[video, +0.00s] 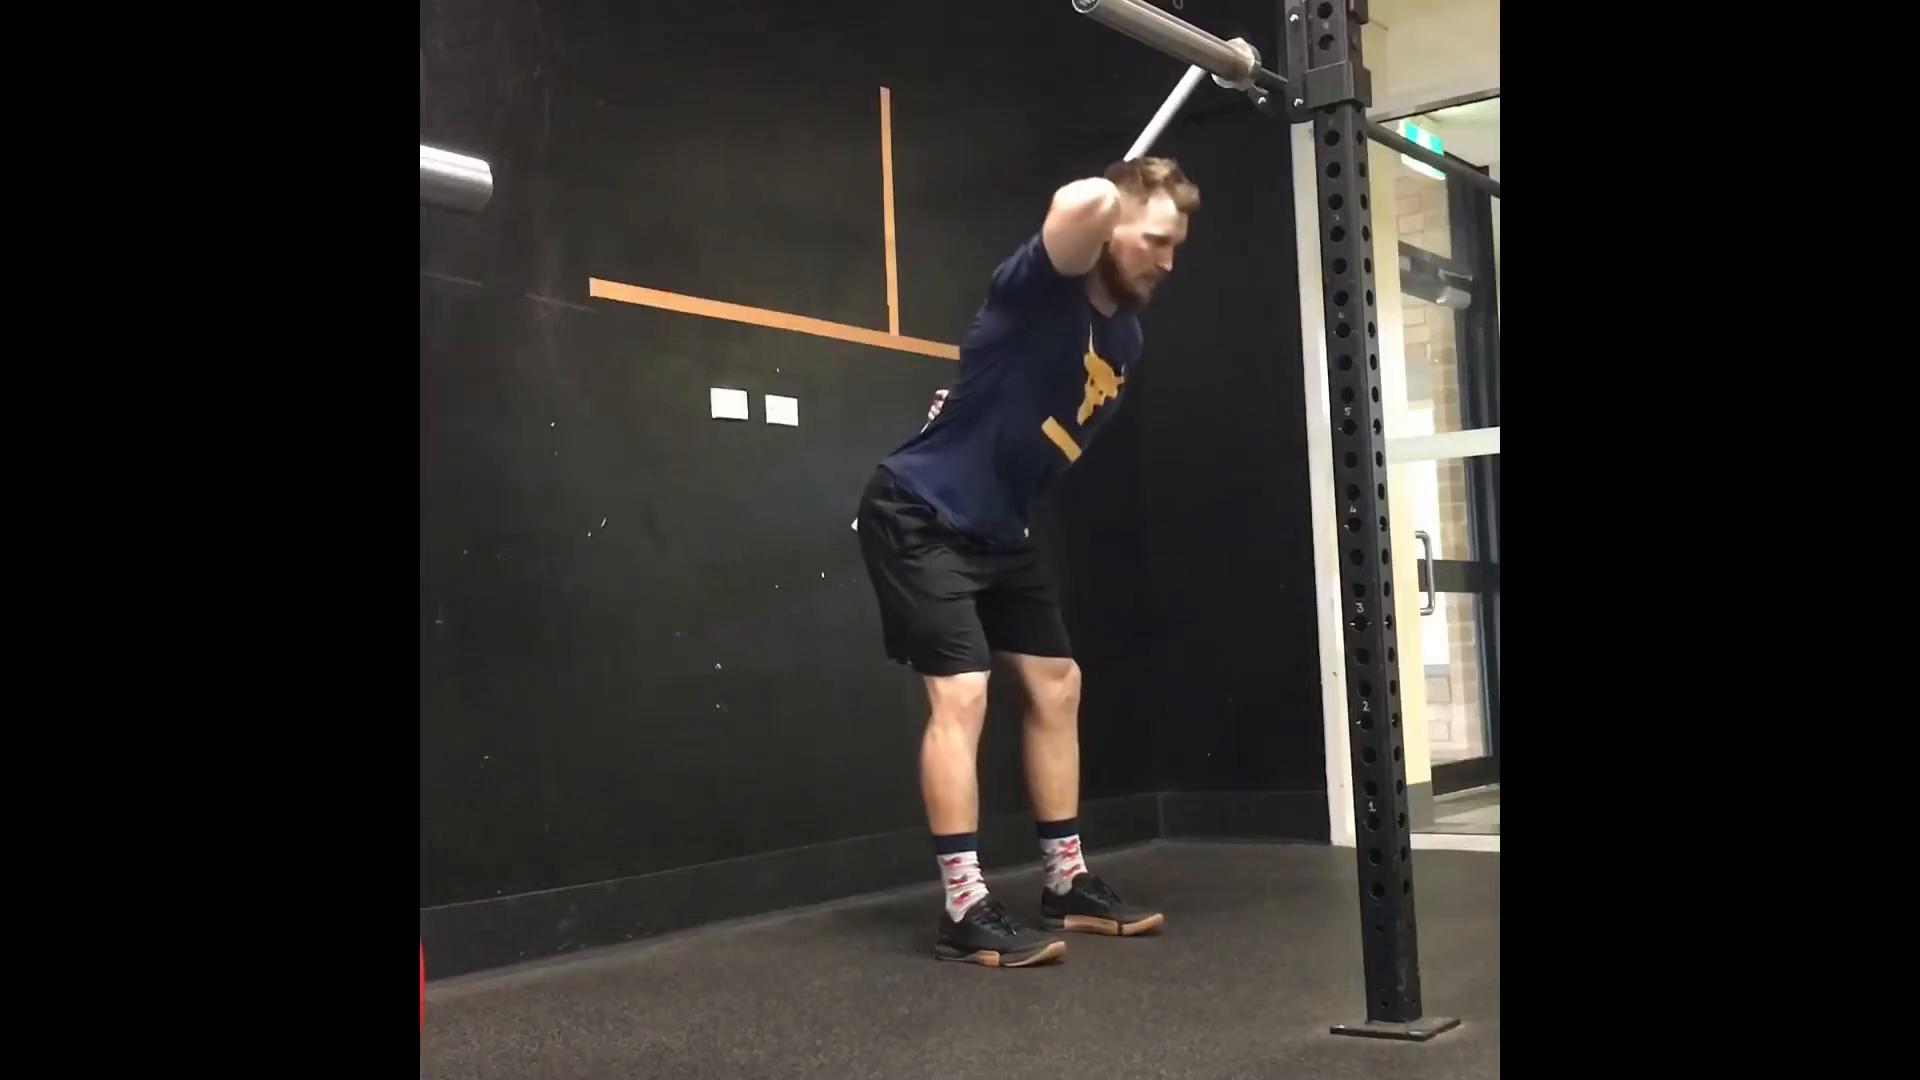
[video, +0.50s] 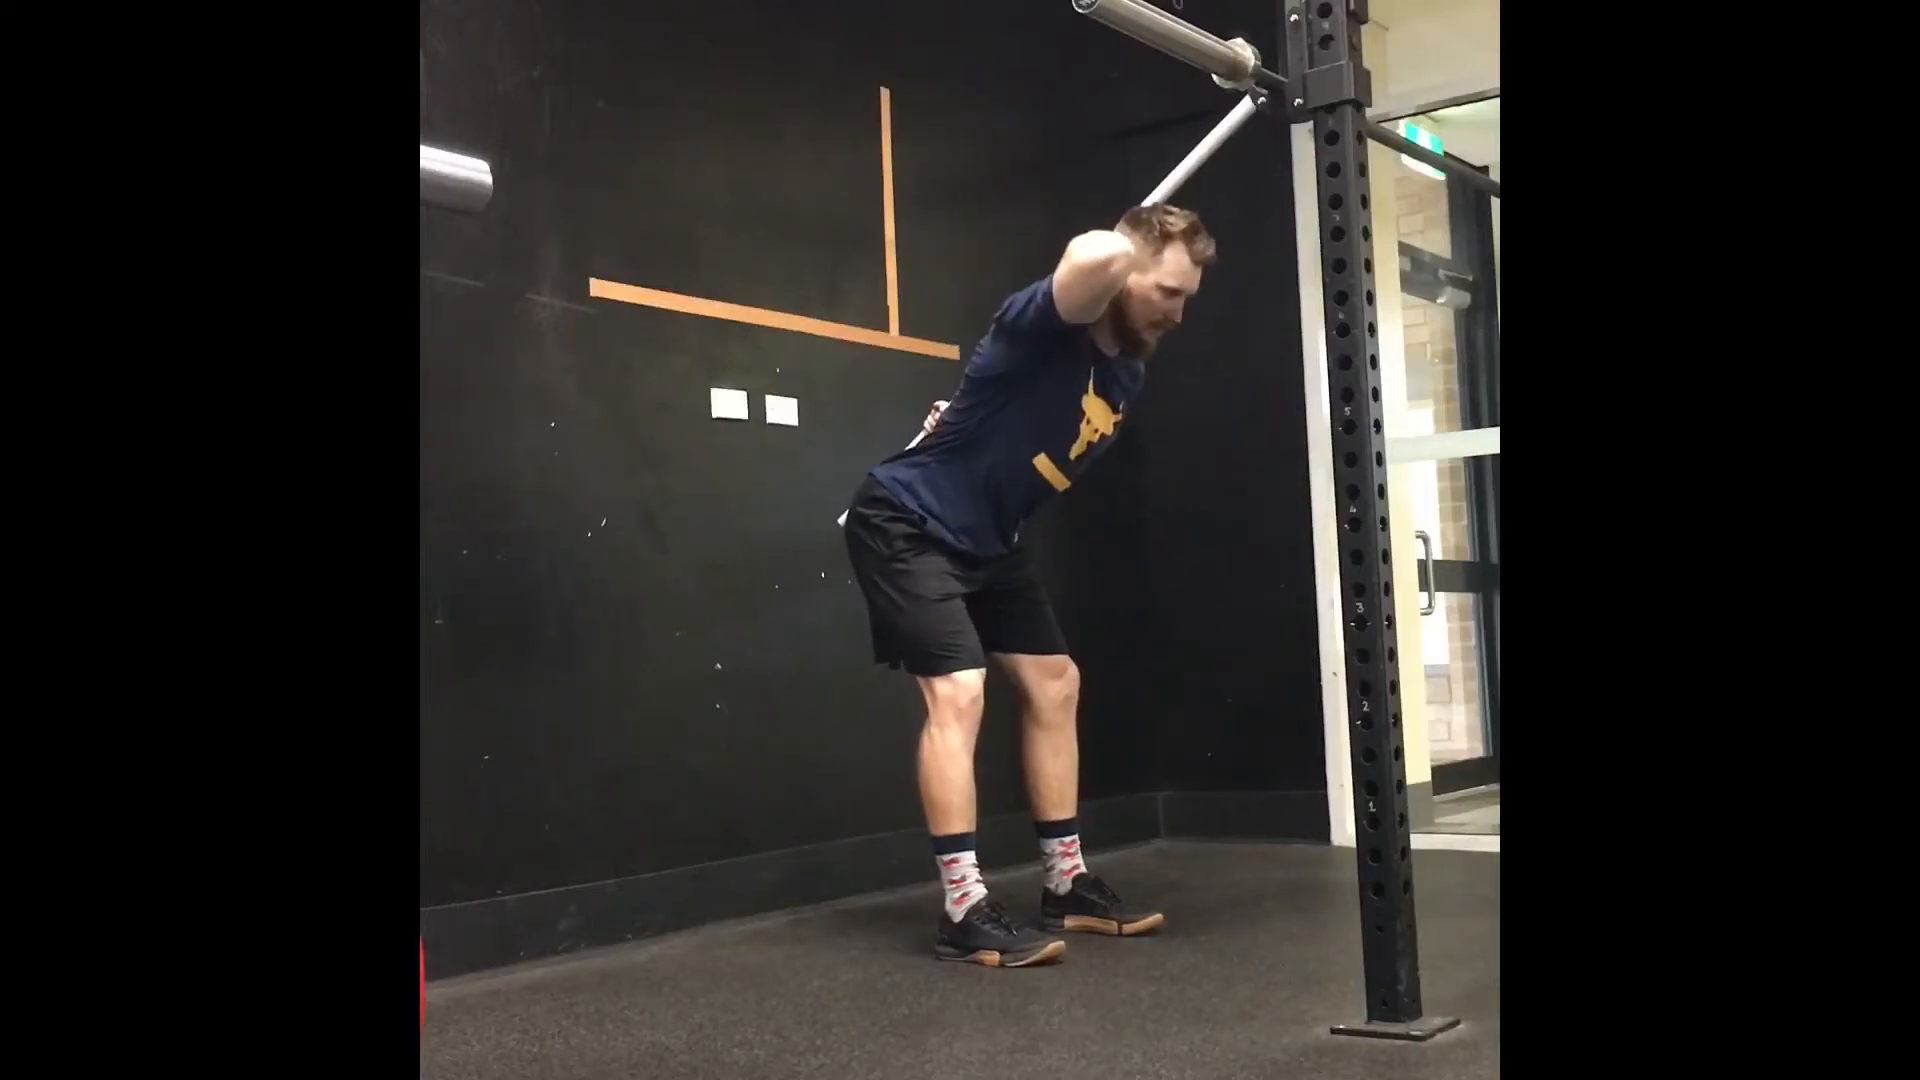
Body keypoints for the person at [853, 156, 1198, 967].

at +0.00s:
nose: (1166, 263)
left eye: (1175, 248)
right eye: (1155, 243)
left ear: (1174, 246)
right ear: (1110, 228)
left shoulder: (1123, 340)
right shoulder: (1043, 287)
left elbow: (1052, 404)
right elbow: (1074, 215)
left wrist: (972, 407)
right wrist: (1108, 191)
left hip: (999, 527)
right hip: (919, 512)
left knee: (1055, 687)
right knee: (958, 697)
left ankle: (1068, 886)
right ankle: (964, 912)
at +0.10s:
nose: (1171, 281)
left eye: (1181, 266)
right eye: (1160, 261)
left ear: (1184, 264)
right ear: (1115, 246)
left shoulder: (1124, 355)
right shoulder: (1045, 303)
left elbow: (1044, 416)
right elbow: (1080, 231)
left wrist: (966, 417)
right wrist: (1114, 212)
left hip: (996, 531)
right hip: (914, 515)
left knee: (1055, 684)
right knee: (958, 695)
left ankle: (1069, 885)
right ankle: (965, 911)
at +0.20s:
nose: (1177, 302)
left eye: (1187, 287)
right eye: (1169, 280)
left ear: (1186, 284)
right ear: (1125, 263)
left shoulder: (1127, 364)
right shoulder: (1048, 317)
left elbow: (1045, 420)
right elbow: (1085, 250)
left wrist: (964, 419)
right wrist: (1123, 232)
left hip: (993, 533)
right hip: (911, 517)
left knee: (1055, 683)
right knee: (957, 694)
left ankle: (1068, 885)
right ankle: (964, 911)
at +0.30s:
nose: (1179, 319)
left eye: (1191, 305)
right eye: (1172, 298)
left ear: (1194, 300)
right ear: (1130, 278)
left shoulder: (1130, 378)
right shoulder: (1049, 331)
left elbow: (1041, 431)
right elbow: (1091, 263)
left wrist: (964, 422)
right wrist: (1128, 252)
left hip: (989, 538)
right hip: (906, 520)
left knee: (1054, 681)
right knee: (956, 692)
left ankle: (1067, 885)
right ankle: (965, 911)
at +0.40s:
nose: (1180, 325)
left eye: (1191, 311)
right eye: (1173, 304)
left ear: (1193, 306)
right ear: (1131, 285)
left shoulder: (1130, 382)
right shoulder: (1048, 335)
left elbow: (1042, 425)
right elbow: (1090, 273)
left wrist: (963, 422)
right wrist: (1130, 259)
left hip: (987, 538)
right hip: (905, 520)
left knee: (1053, 681)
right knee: (955, 691)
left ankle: (1067, 886)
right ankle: (964, 913)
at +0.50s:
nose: (1178, 312)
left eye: (1188, 298)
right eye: (1171, 292)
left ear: (1186, 292)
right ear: (1125, 274)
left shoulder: (1124, 373)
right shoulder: (1045, 328)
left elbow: (1037, 418)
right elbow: (1085, 263)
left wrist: (962, 418)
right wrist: (1122, 247)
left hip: (987, 538)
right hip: (906, 519)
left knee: (1053, 680)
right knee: (956, 692)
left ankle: (1068, 886)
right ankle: (964, 912)